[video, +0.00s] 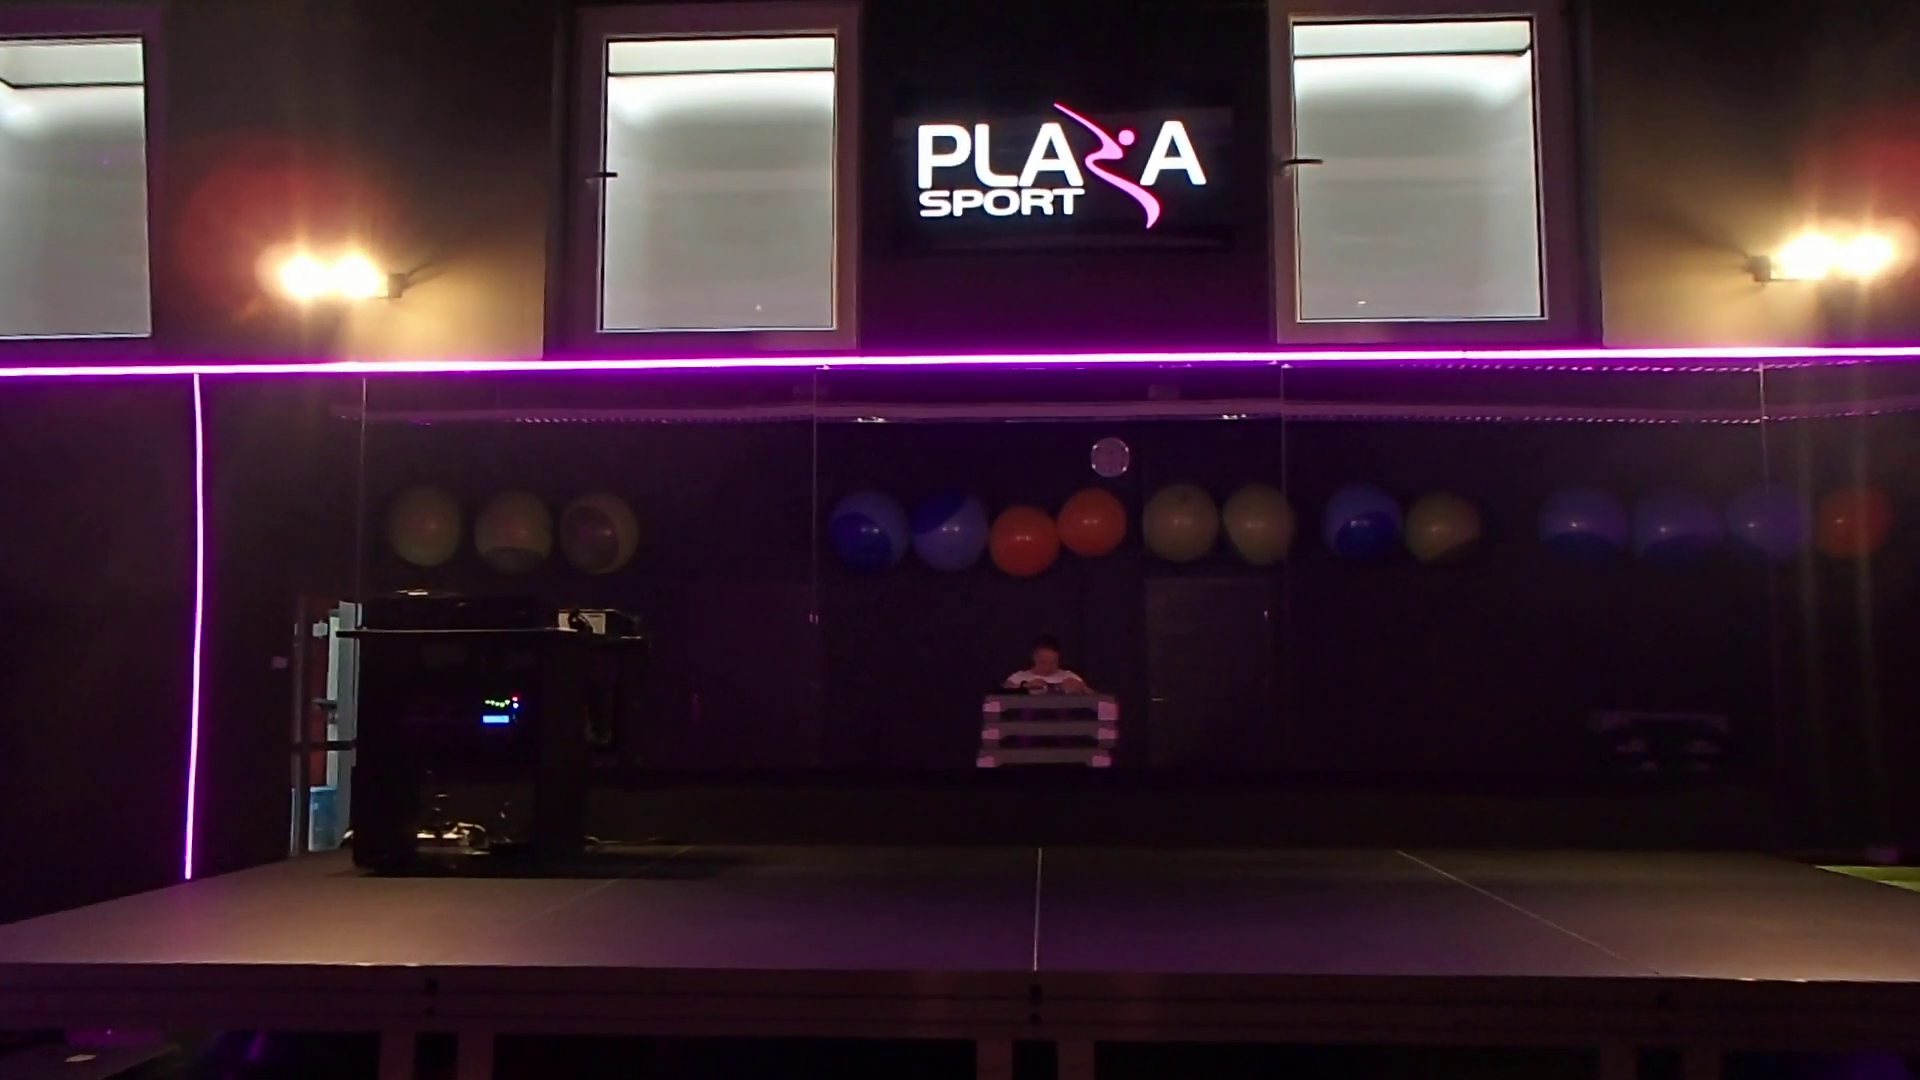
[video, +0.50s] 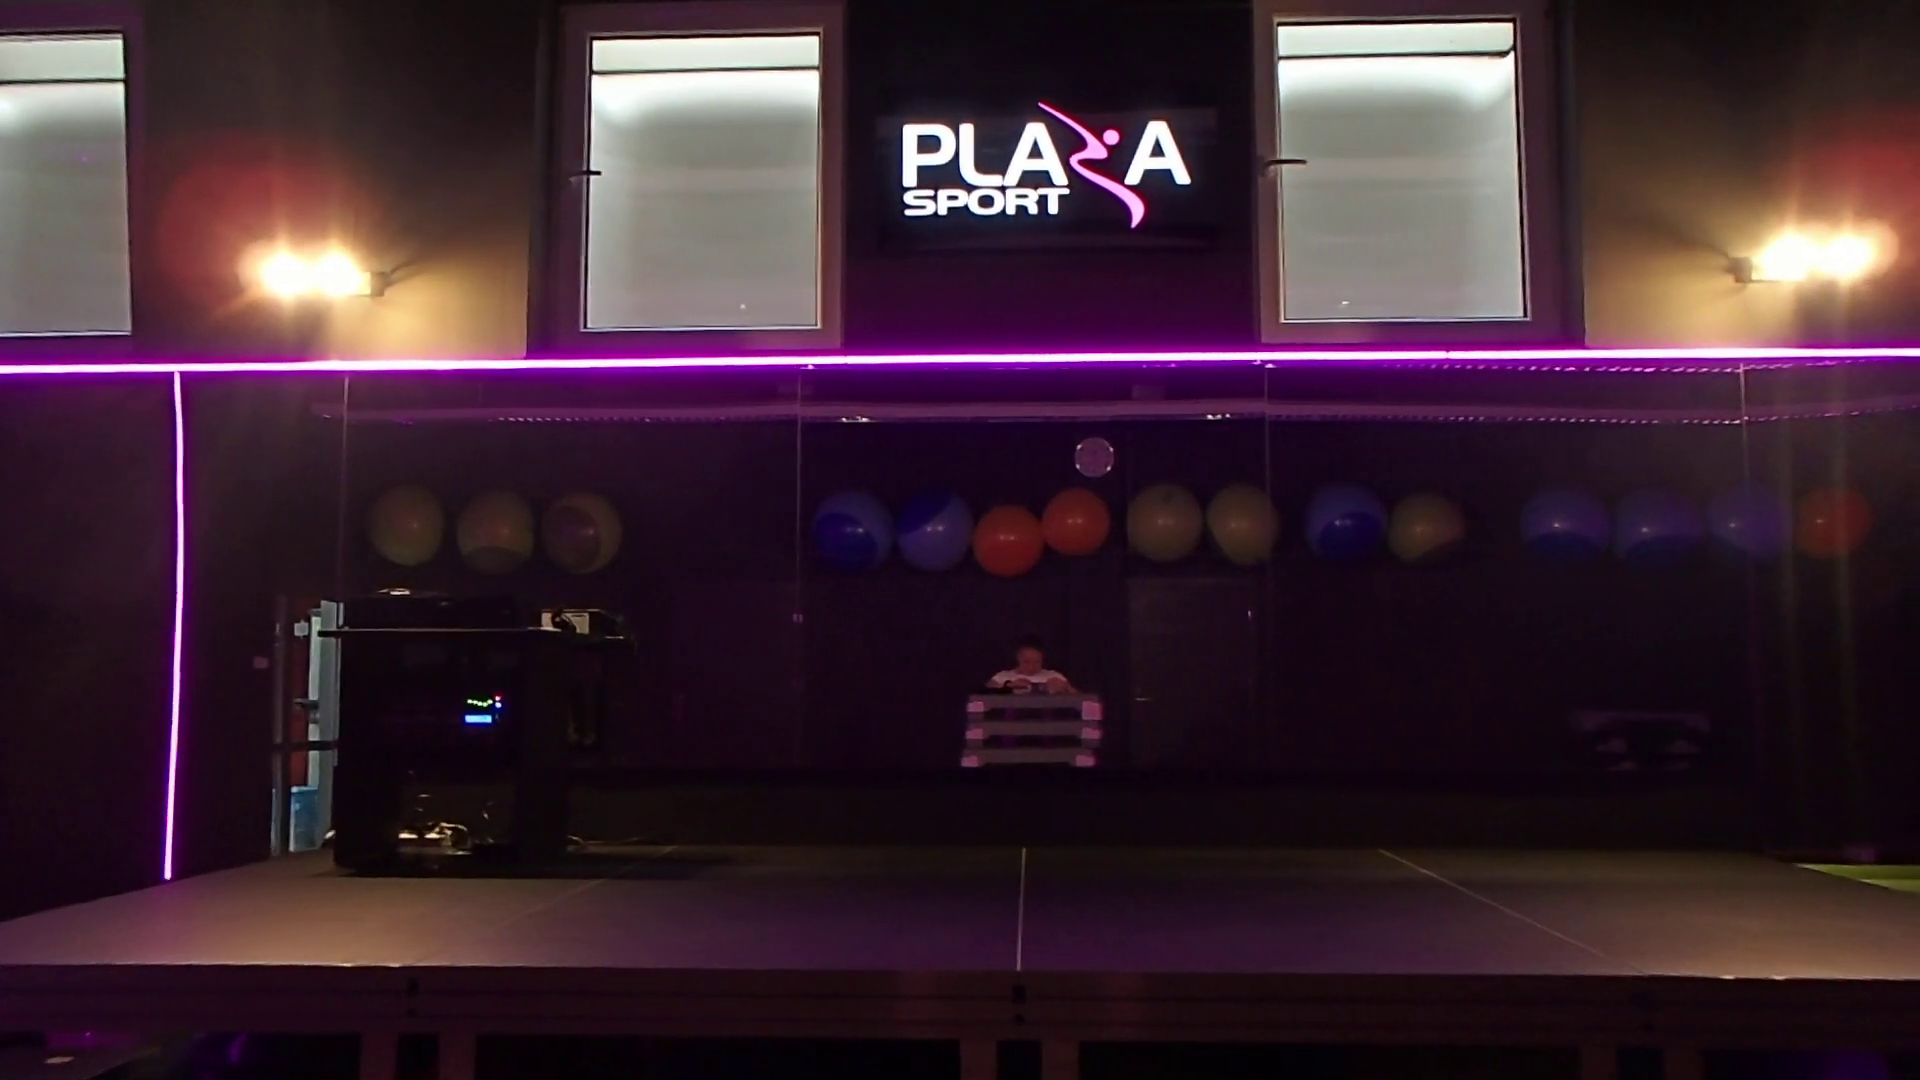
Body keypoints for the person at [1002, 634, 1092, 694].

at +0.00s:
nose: (1047, 666)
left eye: (1052, 662)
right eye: (1042, 662)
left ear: (1058, 660)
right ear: (1034, 659)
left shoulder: (1068, 677)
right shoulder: (1020, 677)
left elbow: (1092, 697)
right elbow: (1004, 692)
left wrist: (1080, 689)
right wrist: (1025, 687)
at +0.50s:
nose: (1031, 666)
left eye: (1035, 661)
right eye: (1026, 661)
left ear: (1041, 660)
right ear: (1019, 659)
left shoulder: (1052, 677)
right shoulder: (1004, 676)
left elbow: (1077, 697)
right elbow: (987, 691)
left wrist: (1064, 689)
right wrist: (1010, 686)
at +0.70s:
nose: (1019, 666)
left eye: (1023, 662)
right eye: (1014, 662)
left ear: (1029, 660)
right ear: (1007, 660)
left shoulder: (1041, 677)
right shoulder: (992, 677)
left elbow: (1064, 698)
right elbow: (975, 692)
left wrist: (1051, 689)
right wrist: (997, 686)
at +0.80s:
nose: (1010, 668)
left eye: (1015, 664)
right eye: (1005, 663)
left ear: (1021, 663)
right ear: (998, 662)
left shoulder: (1032, 678)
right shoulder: (983, 678)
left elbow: (1057, 700)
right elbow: (966, 693)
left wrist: (1043, 689)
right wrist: (989, 687)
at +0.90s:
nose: (1003, 669)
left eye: (1007, 664)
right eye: (998, 664)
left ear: (1012, 664)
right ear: (990, 664)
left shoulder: (1024, 679)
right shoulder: (976, 679)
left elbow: (1049, 701)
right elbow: (958, 694)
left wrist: (1033, 690)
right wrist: (981, 688)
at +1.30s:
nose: (973, 673)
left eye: (977, 669)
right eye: (969, 668)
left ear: (984, 668)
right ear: (962, 668)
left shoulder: (996, 686)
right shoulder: (947, 685)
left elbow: (1020, 707)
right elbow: (930, 704)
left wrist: (1005, 697)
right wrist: (953, 695)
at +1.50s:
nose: (965, 672)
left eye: (969, 668)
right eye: (961, 668)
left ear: (975, 668)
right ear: (954, 667)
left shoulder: (988, 686)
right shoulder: (938, 685)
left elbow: (1011, 707)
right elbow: (922, 704)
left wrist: (997, 697)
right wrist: (944, 695)